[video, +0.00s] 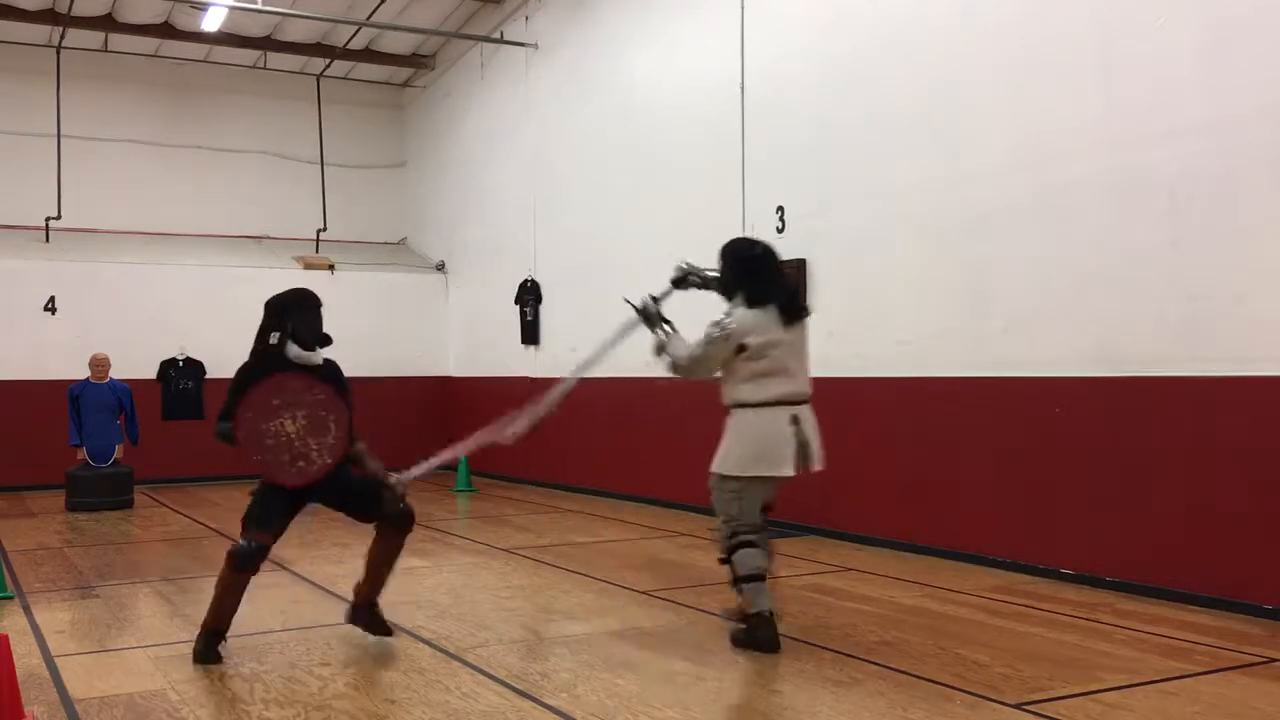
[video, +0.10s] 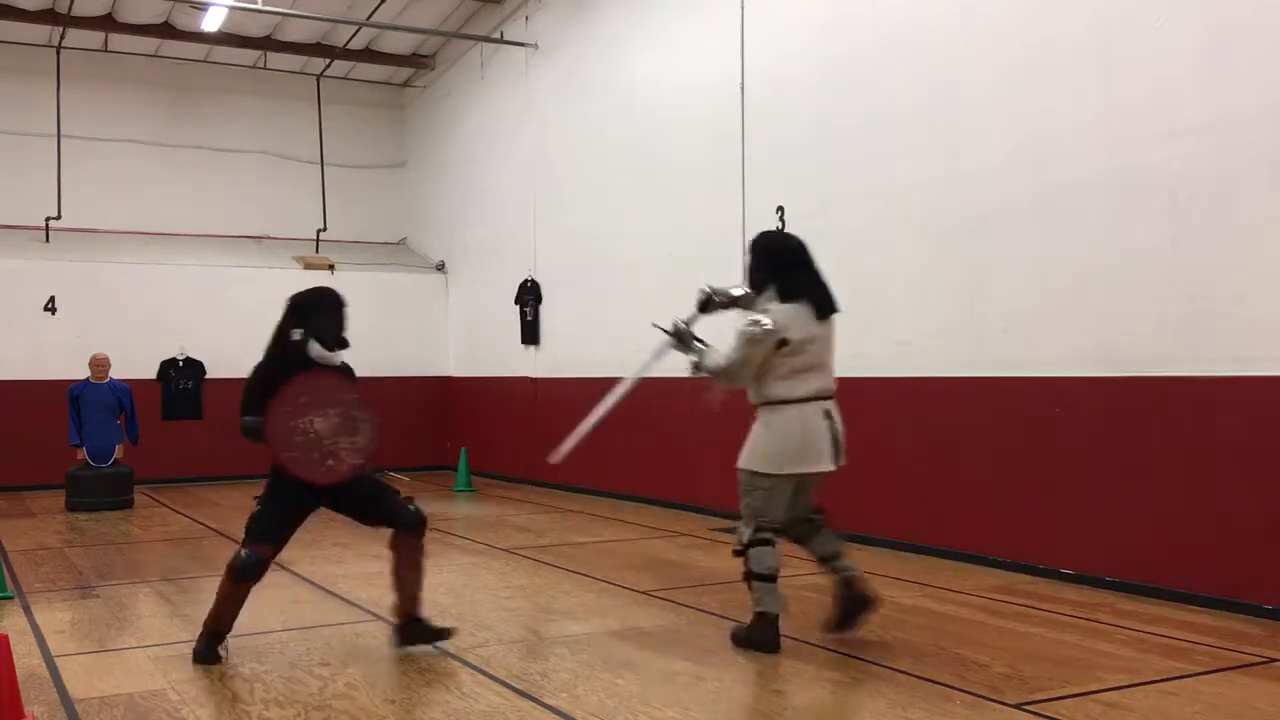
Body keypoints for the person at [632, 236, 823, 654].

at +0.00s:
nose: (722, 279)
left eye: (725, 273)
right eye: (720, 272)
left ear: (736, 278)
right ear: (772, 271)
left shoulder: (737, 325)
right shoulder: (792, 313)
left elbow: (692, 361)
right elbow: (753, 293)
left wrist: (660, 327)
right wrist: (708, 281)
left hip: (753, 433)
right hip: (794, 430)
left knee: (738, 524)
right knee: (749, 514)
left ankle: (760, 621)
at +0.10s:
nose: (750, 270)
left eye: (754, 263)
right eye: (752, 262)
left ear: (764, 269)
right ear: (799, 266)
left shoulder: (766, 320)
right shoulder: (819, 308)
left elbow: (733, 372)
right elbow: (775, 298)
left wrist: (695, 351)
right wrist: (733, 298)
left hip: (778, 434)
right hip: (823, 429)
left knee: (758, 526)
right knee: (798, 516)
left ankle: (765, 623)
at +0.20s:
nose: (780, 277)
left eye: (785, 269)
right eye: (782, 269)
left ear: (799, 273)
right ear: (829, 269)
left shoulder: (804, 324)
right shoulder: (847, 312)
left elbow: (769, 380)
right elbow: (793, 313)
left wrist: (721, 363)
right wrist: (752, 317)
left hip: (810, 433)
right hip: (851, 427)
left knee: (776, 526)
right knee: (854, 526)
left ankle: (765, 625)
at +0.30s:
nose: (815, 280)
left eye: (820, 273)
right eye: (817, 272)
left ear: (835, 279)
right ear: (862, 277)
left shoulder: (837, 330)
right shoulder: (879, 322)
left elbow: (800, 386)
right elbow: (826, 329)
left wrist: (754, 377)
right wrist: (781, 330)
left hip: (846, 441)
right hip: (887, 436)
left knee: (801, 531)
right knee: (904, 536)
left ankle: (769, 626)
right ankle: (978, 606)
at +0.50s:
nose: (874, 285)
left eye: (879, 277)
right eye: (876, 276)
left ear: (895, 282)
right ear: (923, 280)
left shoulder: (897, 331)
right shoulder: (946, 324)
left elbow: (858, 382)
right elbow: (903, 334)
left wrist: (812, 381)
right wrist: (855, 329)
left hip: (913, 445)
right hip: (954, 441)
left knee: (854, 528)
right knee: (947, 545)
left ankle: (825, 622)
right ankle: (1002, 624)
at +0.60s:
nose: (892, 279)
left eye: (896, 271)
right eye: (894, 271)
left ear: (912, 275)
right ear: (941, 273)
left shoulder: (910, 323)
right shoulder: (966, 313)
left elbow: (871, 373)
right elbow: (922, 323)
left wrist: (827, 374)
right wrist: (875, 315)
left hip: (938, 433)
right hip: (982, 432)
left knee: (876, 514)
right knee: (941, 527)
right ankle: (993, 611)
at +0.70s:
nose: (912, 289)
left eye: (916, 281)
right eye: (912, 280)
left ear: (930, 283)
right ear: (962, 278)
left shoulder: (925, 330)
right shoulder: (987, 315)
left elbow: (877, 376)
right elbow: (932, 310)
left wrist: (835, 364)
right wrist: (886, 312)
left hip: (957, 440)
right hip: (1002, 436)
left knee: (903, 529)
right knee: (956, 522)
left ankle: (903, 630)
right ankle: (1009, 592)